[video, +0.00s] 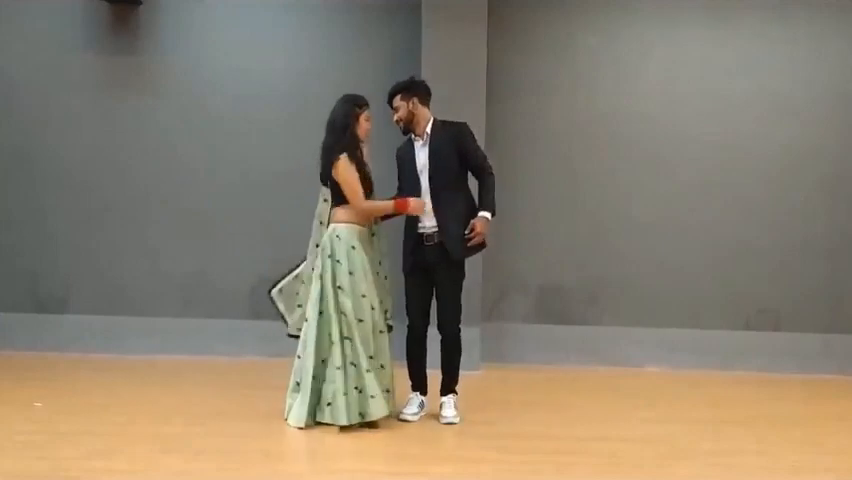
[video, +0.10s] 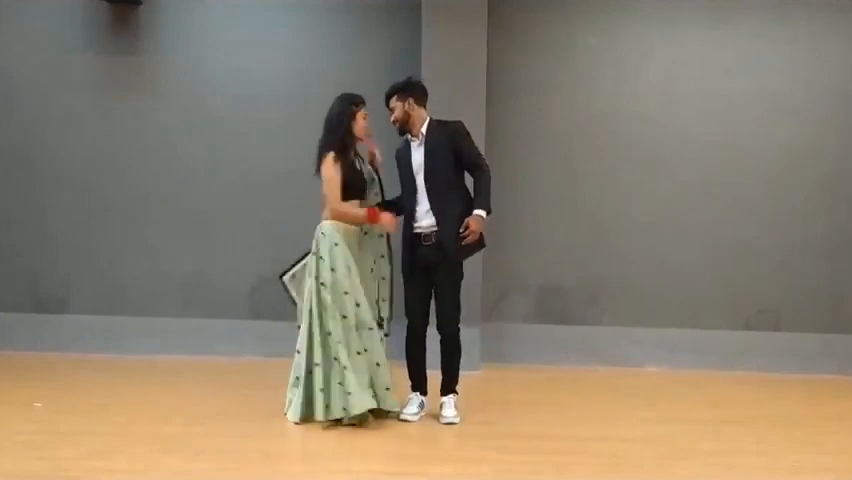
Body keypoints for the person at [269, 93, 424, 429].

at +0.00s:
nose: (369, 126)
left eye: (369, 119)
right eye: (365, 120)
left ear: (352, 123)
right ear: (350, 122)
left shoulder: (354, 158)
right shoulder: (343, 160)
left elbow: (359, 207)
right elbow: (360, 206)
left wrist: (383, 211)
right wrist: (400, 205)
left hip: (355, 240)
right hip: (342, 242)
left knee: (358, 320)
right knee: (349, 320)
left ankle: (355, 401)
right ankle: (346, 403)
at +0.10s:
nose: (367, 123)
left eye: (367, 117)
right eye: (362, 117)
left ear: (356, 120)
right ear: (347, 120)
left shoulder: (360, 155)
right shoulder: (333, 159)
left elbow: (367, 197)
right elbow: (334, 207)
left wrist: (375, 167)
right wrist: (373, 216)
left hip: (363, 241)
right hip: (337, 244)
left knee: (364, 317)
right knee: (348, 318)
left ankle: (362, 396)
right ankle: (345, 399)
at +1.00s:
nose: (208, 123)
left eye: (212, 117)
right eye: (208, 117)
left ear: (228, 119)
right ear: (225, 119)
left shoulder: (250, 154)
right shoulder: (220, 155)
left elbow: (292, 161)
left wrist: (338, 166)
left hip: (236, 239)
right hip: (212, 240)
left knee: (249, 315)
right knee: (209, 316)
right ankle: (205, 395)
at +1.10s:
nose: (205, 125)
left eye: (209, 119)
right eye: (205, 119)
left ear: (226, 120)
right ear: (221, 120)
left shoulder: (249, 153)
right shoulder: (217, 156)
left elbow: (291, 156)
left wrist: (338, 157)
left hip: (239, 242)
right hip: (212, 243)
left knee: (257, 316)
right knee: (207, 317)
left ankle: (302, 392)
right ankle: (203, 395)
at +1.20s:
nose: (206, 127)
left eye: (211, 121)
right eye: (206, 120)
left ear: (229, 122)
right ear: (216, 123)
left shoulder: (252, 153)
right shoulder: (215, 159)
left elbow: (296, 155)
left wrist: (341, 148)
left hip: (246, 248)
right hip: (214, 248)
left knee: (261, 320)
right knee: (209, 323)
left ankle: (299, 395)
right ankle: (208, 396)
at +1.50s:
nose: (265, 136)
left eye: (270, 130)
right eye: (258, 130)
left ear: (277, 134)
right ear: (244, 136)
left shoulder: (290, 169)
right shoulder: (242, 176)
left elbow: (309, 197)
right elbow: (237, 217)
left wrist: (335, 188)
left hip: (298, 251)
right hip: (267, 254)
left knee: (292, 323)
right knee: (252, 322)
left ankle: (276, 398)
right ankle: (218, 394)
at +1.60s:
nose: (297, 136)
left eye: (297, 130)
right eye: (290, 130)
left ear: (289, 136)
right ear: (271, 136)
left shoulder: (286, 172)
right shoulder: (268, 177)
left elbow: (308, 201)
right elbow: (296, 208)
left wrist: (341, 197)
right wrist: (323, 184)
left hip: (306, 264)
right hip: (291, 266)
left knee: (311, 331)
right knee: (292, 333)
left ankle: (290, 399)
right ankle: (269, 399)